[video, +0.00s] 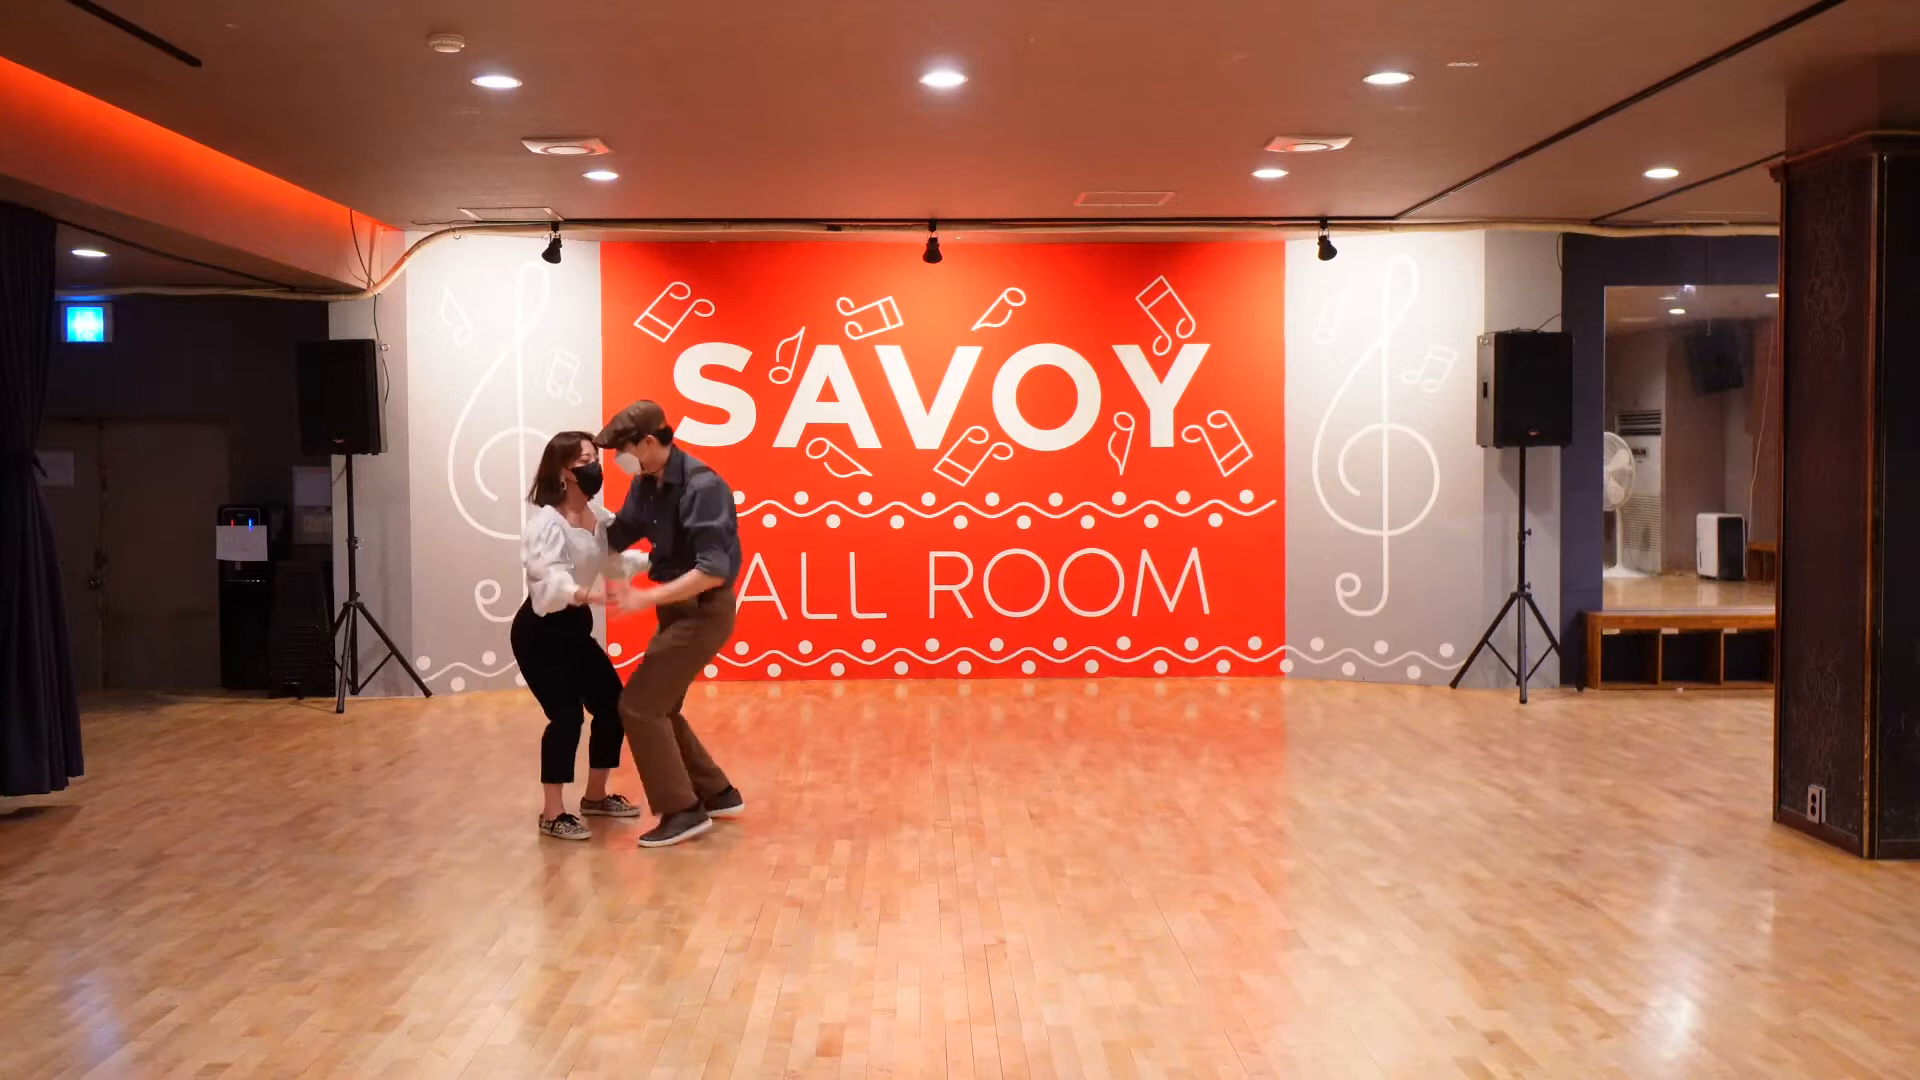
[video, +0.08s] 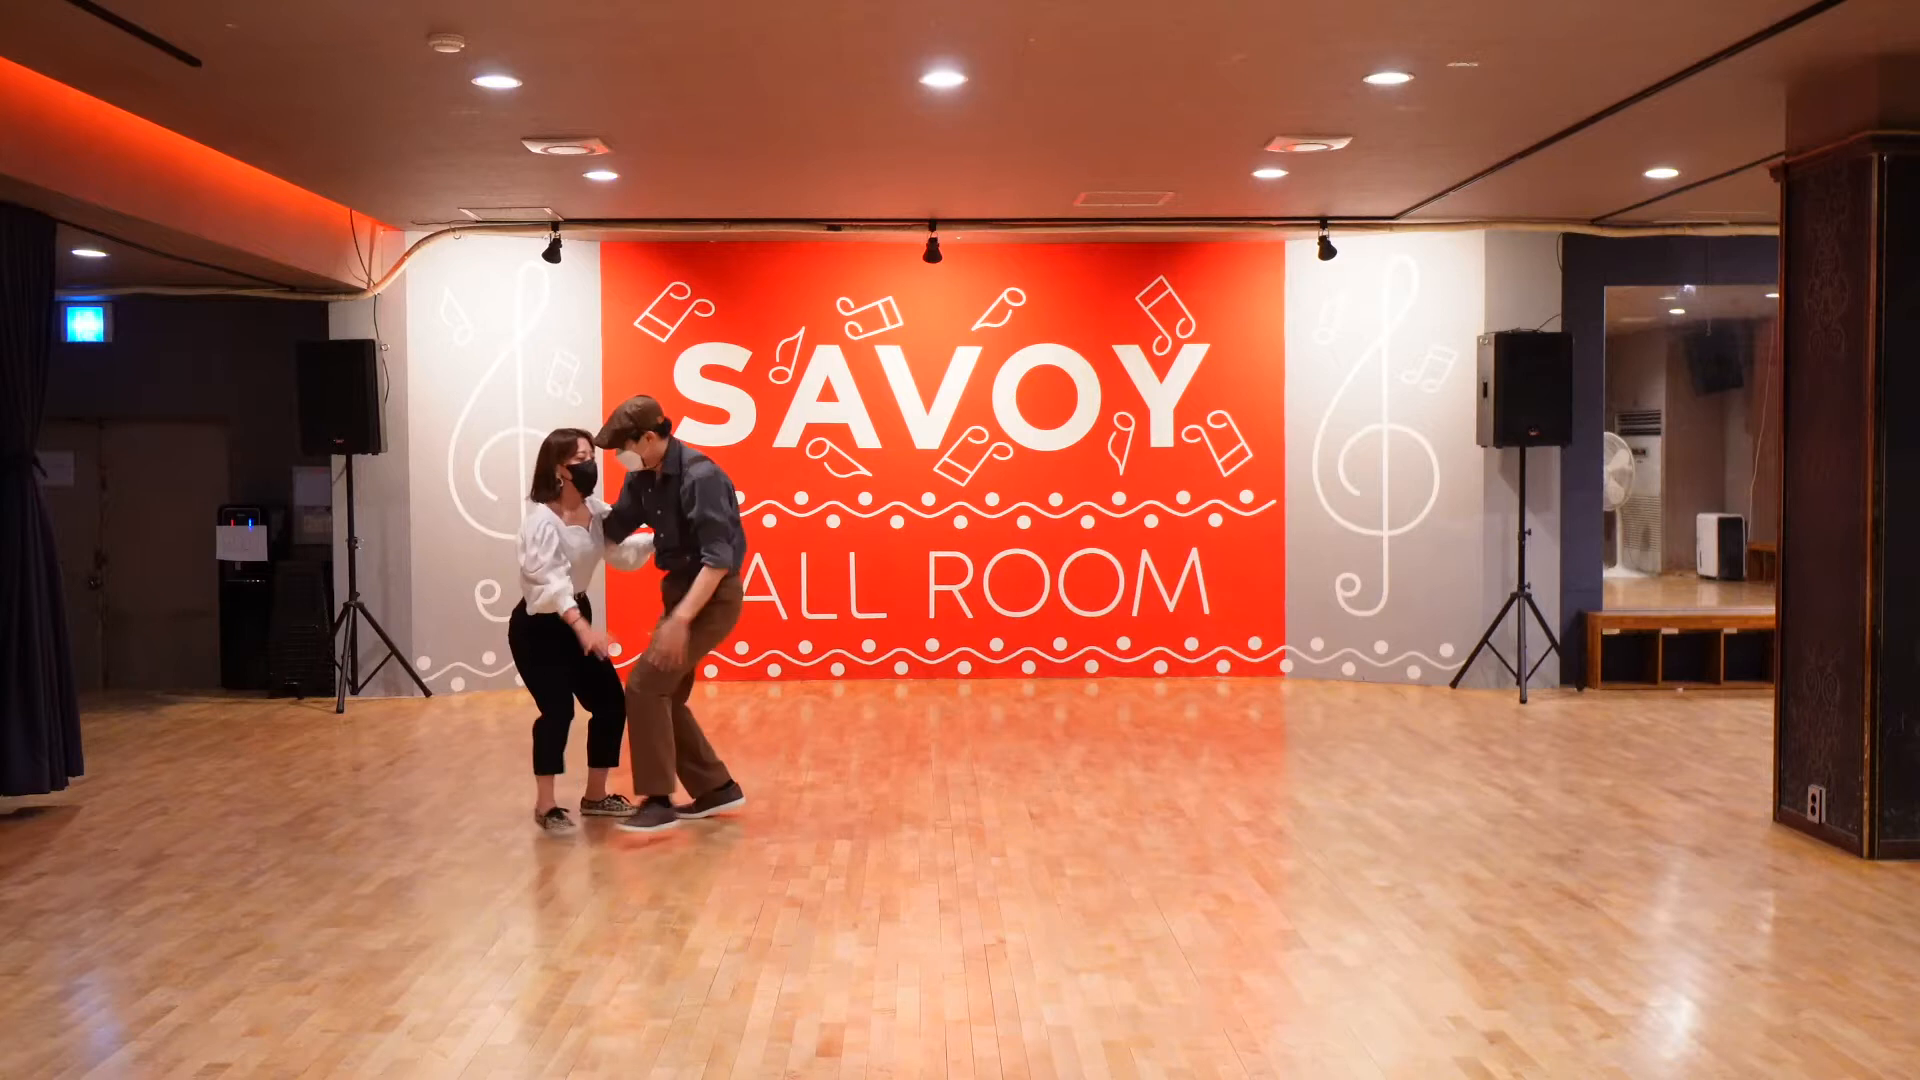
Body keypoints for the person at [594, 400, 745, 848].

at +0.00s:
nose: (628, 461)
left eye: (630, 450)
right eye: (623, 453)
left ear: (653, 441)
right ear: (642, 446)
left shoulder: (703, 486)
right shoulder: (647, 484)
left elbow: (714, 570)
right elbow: (614, 539)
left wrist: (645, 596)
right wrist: (574, 505)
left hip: (707, 610)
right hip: (675, 609)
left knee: (639, 705)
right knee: (656, 707)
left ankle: (682, 810)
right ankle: (716, 791)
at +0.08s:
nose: (631, 456)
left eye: (634, 446)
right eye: (626, 449)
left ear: (656, 436)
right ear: (641, 442)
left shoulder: (701, 477)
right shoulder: (642, 477)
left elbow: (720, 558)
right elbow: (613, 528)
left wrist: (681, 618)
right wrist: (573, 507)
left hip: (715, 594)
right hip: (679, 593)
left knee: (645, 683)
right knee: (665, 698)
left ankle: (658, 799)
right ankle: (716, 788)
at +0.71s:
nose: (626, 468)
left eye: (628, 459)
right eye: (622, 461)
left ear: (651, 448)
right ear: (645, 452)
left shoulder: (697, 483)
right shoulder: (655, 490)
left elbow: (676, 542)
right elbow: (606, 550)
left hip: (703, 617)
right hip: (677, 612)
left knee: (634, 713)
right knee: (620, 685)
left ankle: (671, 820)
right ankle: (675, 783)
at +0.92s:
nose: (628, 465)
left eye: (631, 455)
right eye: (624, 458)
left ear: (654, 444)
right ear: (655, 446)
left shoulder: (685, 477)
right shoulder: (662, 484)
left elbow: (619, 496)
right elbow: (613, 533)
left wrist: (567, 451)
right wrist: (575, 543)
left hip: (700, 610)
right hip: (689, 607)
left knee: (629, 712)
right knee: (621, 704)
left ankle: (673, 821)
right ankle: (573, 796)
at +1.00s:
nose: (627, 465)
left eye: (629, 455)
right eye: (624, 458)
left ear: (654, 446)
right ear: (654, 448)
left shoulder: (684, 479)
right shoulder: (657, 491)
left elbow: (602, 492)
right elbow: (603, 538)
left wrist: (535, 459)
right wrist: (559, 550)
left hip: (699, 613)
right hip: (683, 611)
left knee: (627, 720)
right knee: (618, 713)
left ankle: (671, 822)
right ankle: (575, 807)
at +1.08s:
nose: (627, 465)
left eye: (629, 455)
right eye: (624, 456)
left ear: (653, 446)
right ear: (655, 448)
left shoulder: (680, 483)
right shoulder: (662, 490)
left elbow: (597, 506)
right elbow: (594, 540)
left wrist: (513, 495)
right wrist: (537, 543)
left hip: (703, 618)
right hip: (682, 615)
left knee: (624, 718)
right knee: (609, 690)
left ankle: (673, 822)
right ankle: (594, 798)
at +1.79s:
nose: (626, 487)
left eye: (630, 478)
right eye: (622, 479)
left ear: (656, 466)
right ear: (645, 469)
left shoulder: (709, 506)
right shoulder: (638, 507)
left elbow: (765, 555)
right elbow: (590, 544)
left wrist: (765, 616)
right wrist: (544, 552)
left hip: (712, 624)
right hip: (675, 622)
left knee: (632, 693)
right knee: (638, 709)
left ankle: (641, 815)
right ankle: (697, 797)